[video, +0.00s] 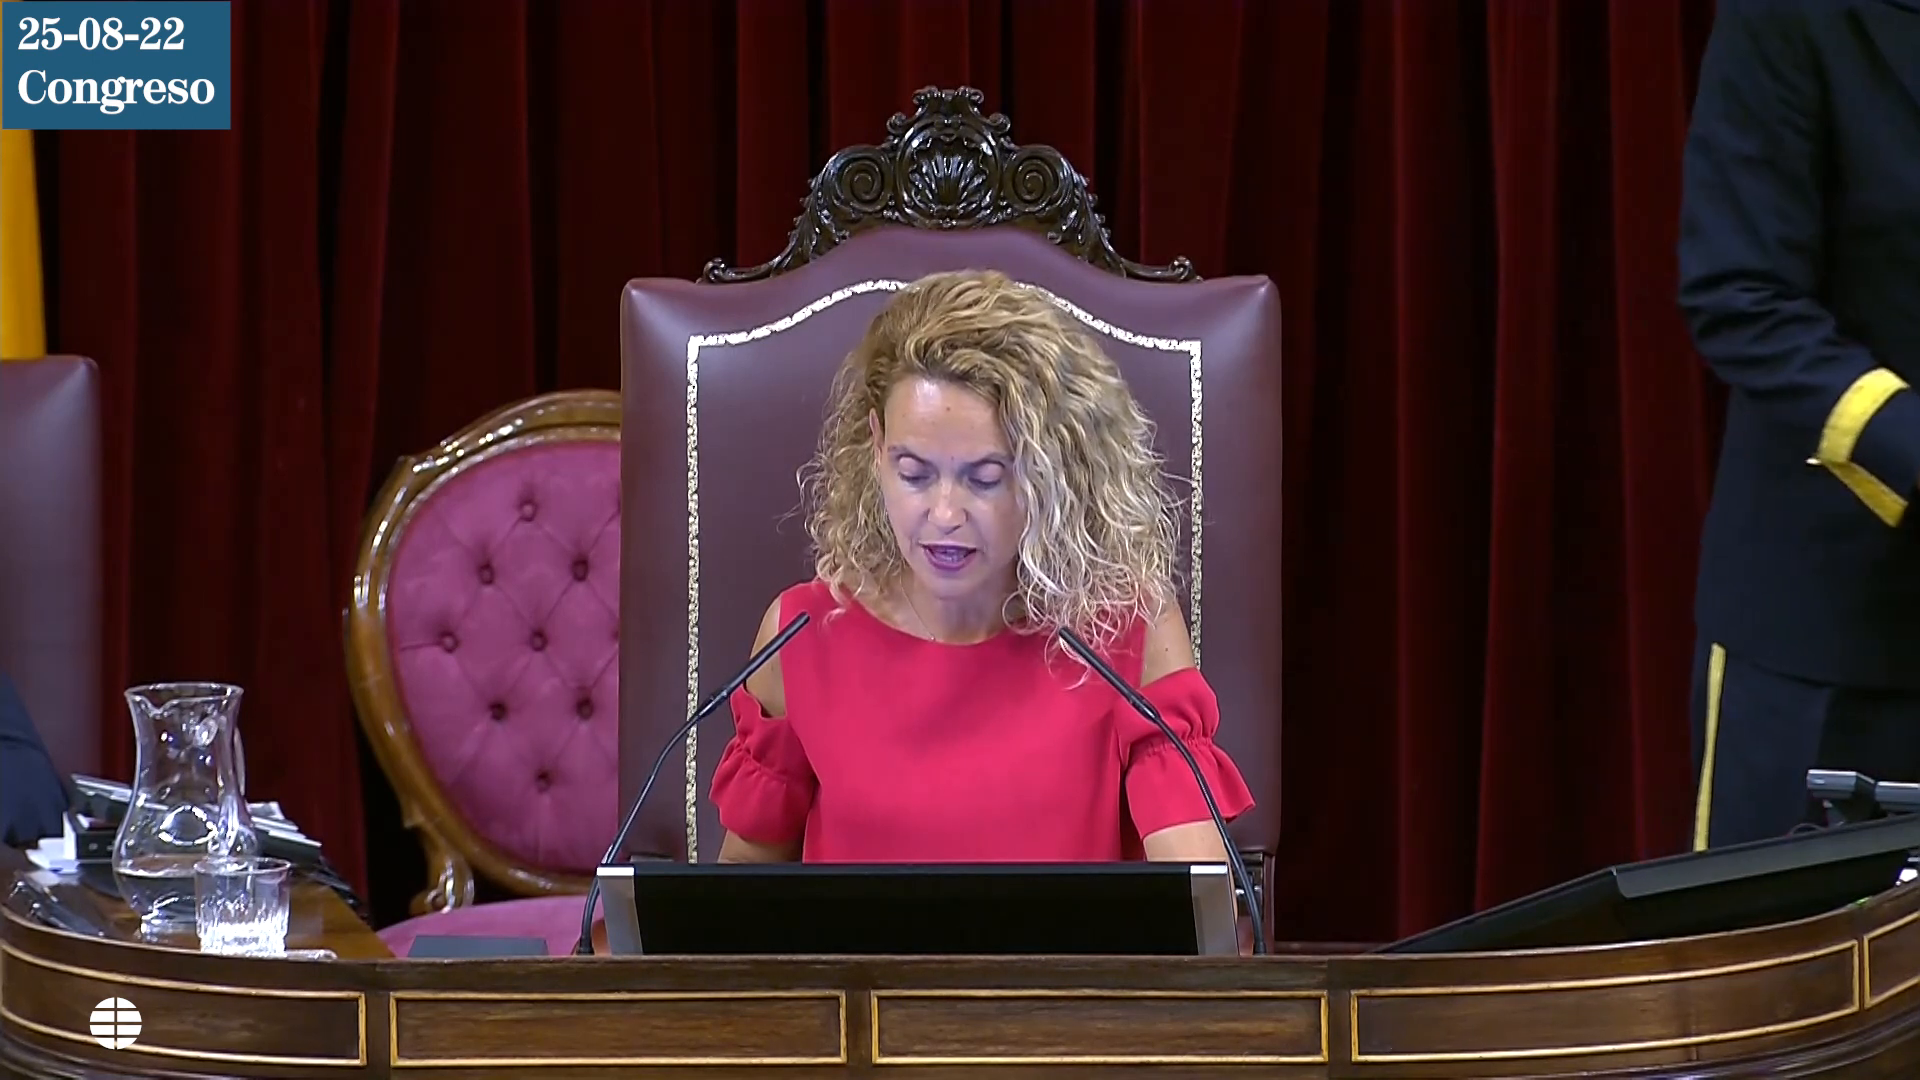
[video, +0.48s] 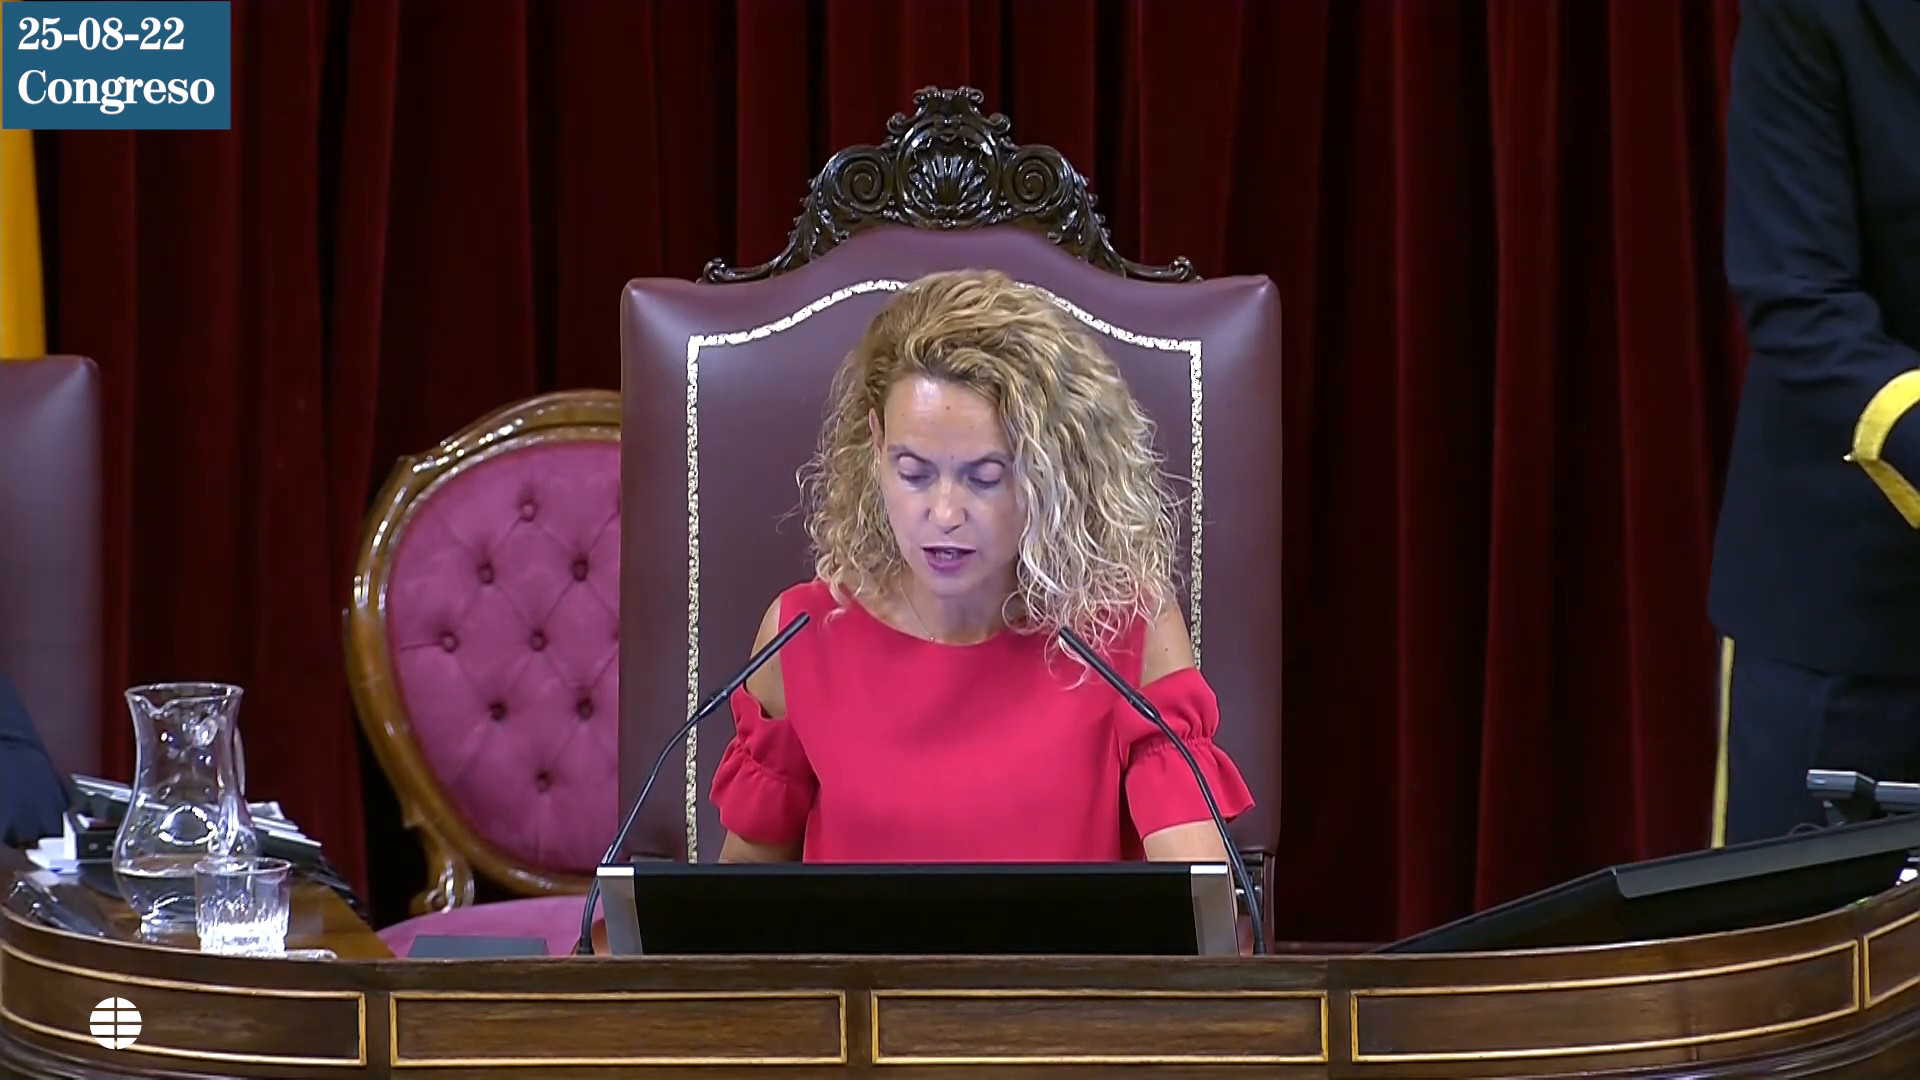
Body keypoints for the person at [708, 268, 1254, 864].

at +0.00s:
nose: (945, 513)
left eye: (985, 475)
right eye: (915, 471)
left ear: (1051, 476)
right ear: (875, 461)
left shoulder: (1125, 622)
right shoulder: (805, 630)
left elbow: (1201, 895)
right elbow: (747, 879)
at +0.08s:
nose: (945, 513)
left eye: (985, 475)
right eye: (915, 471)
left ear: (1051, 476)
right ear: (875, 460)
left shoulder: (1125, 621)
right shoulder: (805, 630)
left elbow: (1201, 894)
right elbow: (747, 879)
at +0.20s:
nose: (945, 513)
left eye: (984, 475)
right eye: (915, 471)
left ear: (1051, 475)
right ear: (875, 461)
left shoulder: (1125, 621)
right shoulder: (804, 630)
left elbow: (1201, 893)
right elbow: (748, 879)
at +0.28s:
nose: (945, 513)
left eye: (984, 475)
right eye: (915, 472)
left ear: (1051, 475)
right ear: (875, 462)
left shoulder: (1125, 621)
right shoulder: (805, 630)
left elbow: (1201, 893)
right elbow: (748, 880)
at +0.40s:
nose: (945, 513)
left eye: (985, 474)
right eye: (915, 471)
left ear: (1051, 475)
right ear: (874, 462)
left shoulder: (1125, 621)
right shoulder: (805, 630)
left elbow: (1201, 893)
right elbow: (748, 879)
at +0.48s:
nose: (946, 513)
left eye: (985, 475)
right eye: (915, 471)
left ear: (1051, 475)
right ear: (874, 462)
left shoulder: (1126, 622)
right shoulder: (804, 631)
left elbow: (1201, 895)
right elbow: (748, 881)